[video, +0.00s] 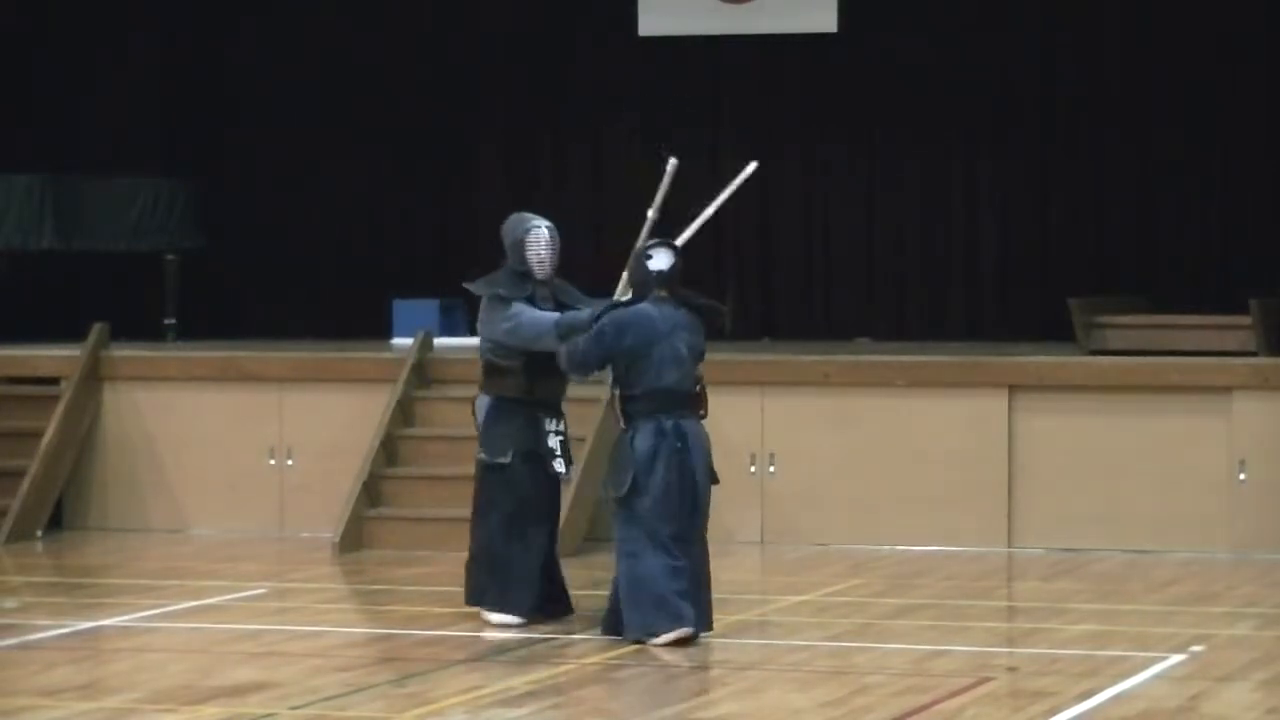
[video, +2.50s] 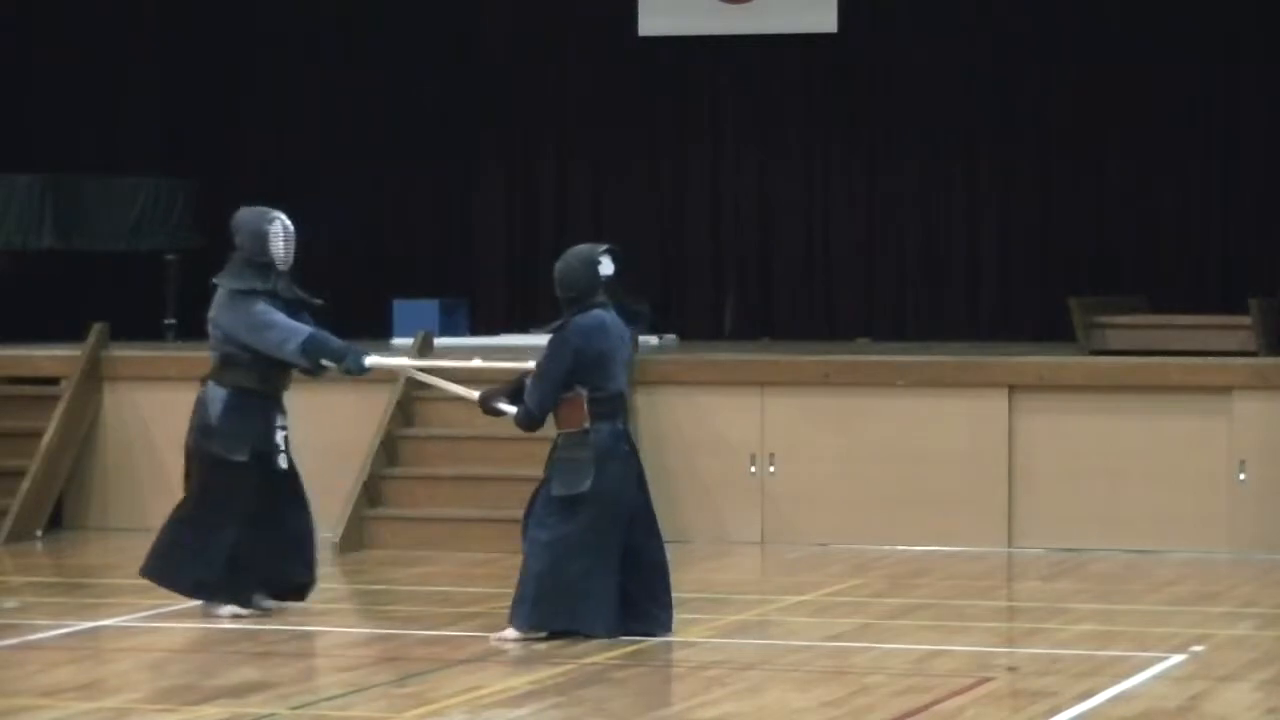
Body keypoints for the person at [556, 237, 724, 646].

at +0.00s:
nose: (626, 276)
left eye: (629, 270)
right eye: (631, 269)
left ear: (636, 277)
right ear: (672, 278)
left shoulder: (627, 321)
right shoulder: (690, 322)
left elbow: (576, 358)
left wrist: (575, 330)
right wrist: (624, 313)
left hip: (650, 432)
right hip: (692, 430)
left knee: (643, 526)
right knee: (681, 526)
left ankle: (670, 619)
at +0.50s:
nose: (620, 287)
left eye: (622, 281)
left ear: (628, 284)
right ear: (664, 283)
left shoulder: (618, 332)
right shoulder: (684, 327)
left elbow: (589, 396)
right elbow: (686, 367)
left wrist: (600, 363)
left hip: (641, 437)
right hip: (680, 434)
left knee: (647, 529)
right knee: (676, 528)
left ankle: (677, 628)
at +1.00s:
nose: (570, 287)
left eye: (573, 282)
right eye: (573, 282)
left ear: (582, 283)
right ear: (614, 282)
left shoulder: (580, 324)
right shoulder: (636, 322)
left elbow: (538, 365)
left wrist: (543, 321)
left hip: (606, 431)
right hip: (640, 429)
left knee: (612, 521)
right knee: (629, 519)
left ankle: (660, 610)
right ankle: (607, 621)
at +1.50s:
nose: (581, 282)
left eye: (583, 276)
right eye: (585, 276)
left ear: (589, 279)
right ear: (621, 275)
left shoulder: (588, 326)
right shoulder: (640, 320)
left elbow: (553, 383)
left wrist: (528, 382)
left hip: (605, 432)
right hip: (636, 429)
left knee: (605, 520)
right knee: (627, 517)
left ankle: (663, 604)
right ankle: (599, 615)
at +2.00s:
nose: (601, 284)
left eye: (604, 277)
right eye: (604, 276)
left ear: (610, 279)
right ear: (640, 277)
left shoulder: (613, 326)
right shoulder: (655, 321)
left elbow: (576, 398)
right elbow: (603, 370)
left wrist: (543, 400)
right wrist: (551, 387)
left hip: (622, 435)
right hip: (653, 430)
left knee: (608, 525)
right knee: (646, 522)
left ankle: (651, 606)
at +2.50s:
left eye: (561, 283)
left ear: (565, 288)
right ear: (601, 283)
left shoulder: (571, 335)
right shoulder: (617, 328)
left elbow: (534, 413)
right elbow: (586, 382)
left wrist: (508, 405)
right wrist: (536, 380)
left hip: (583, 450)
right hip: (618, 445)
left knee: (544, 525)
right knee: (621, 527)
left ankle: (528, 621)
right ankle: (644, 617)